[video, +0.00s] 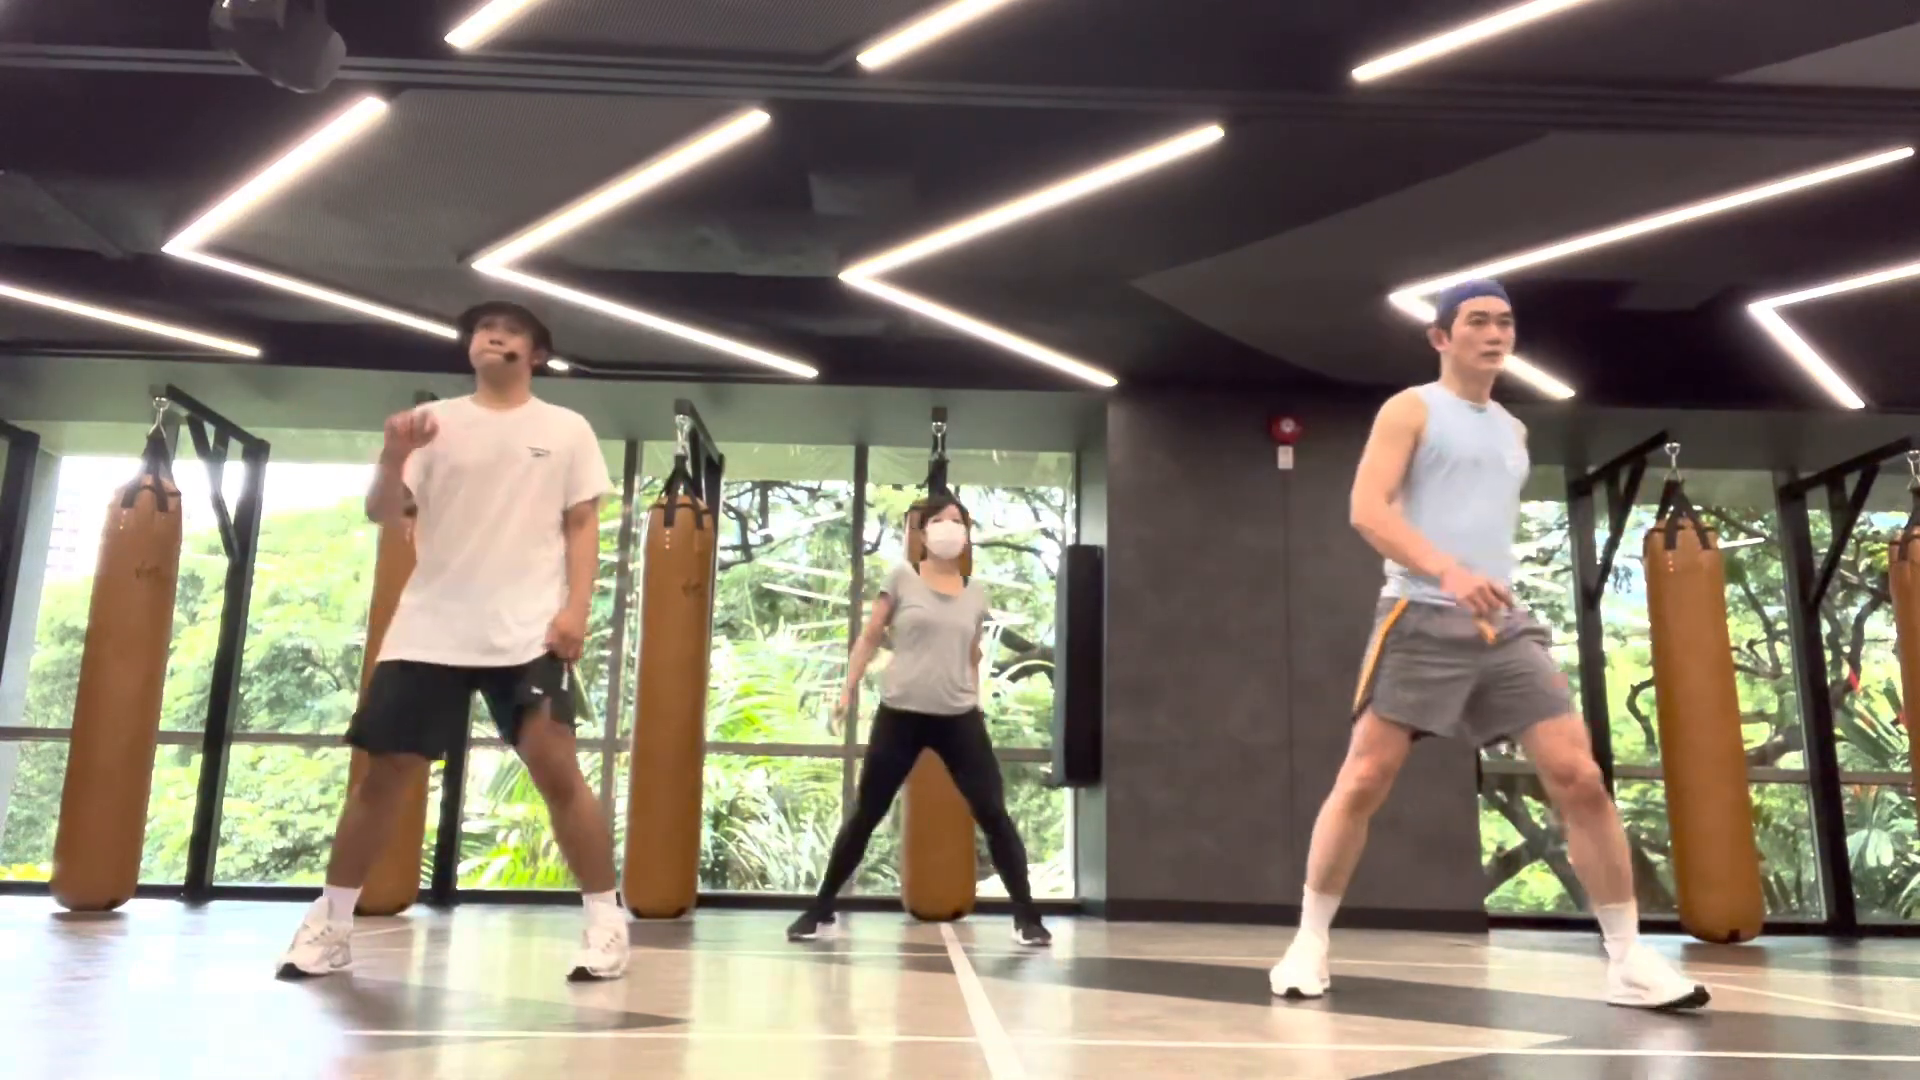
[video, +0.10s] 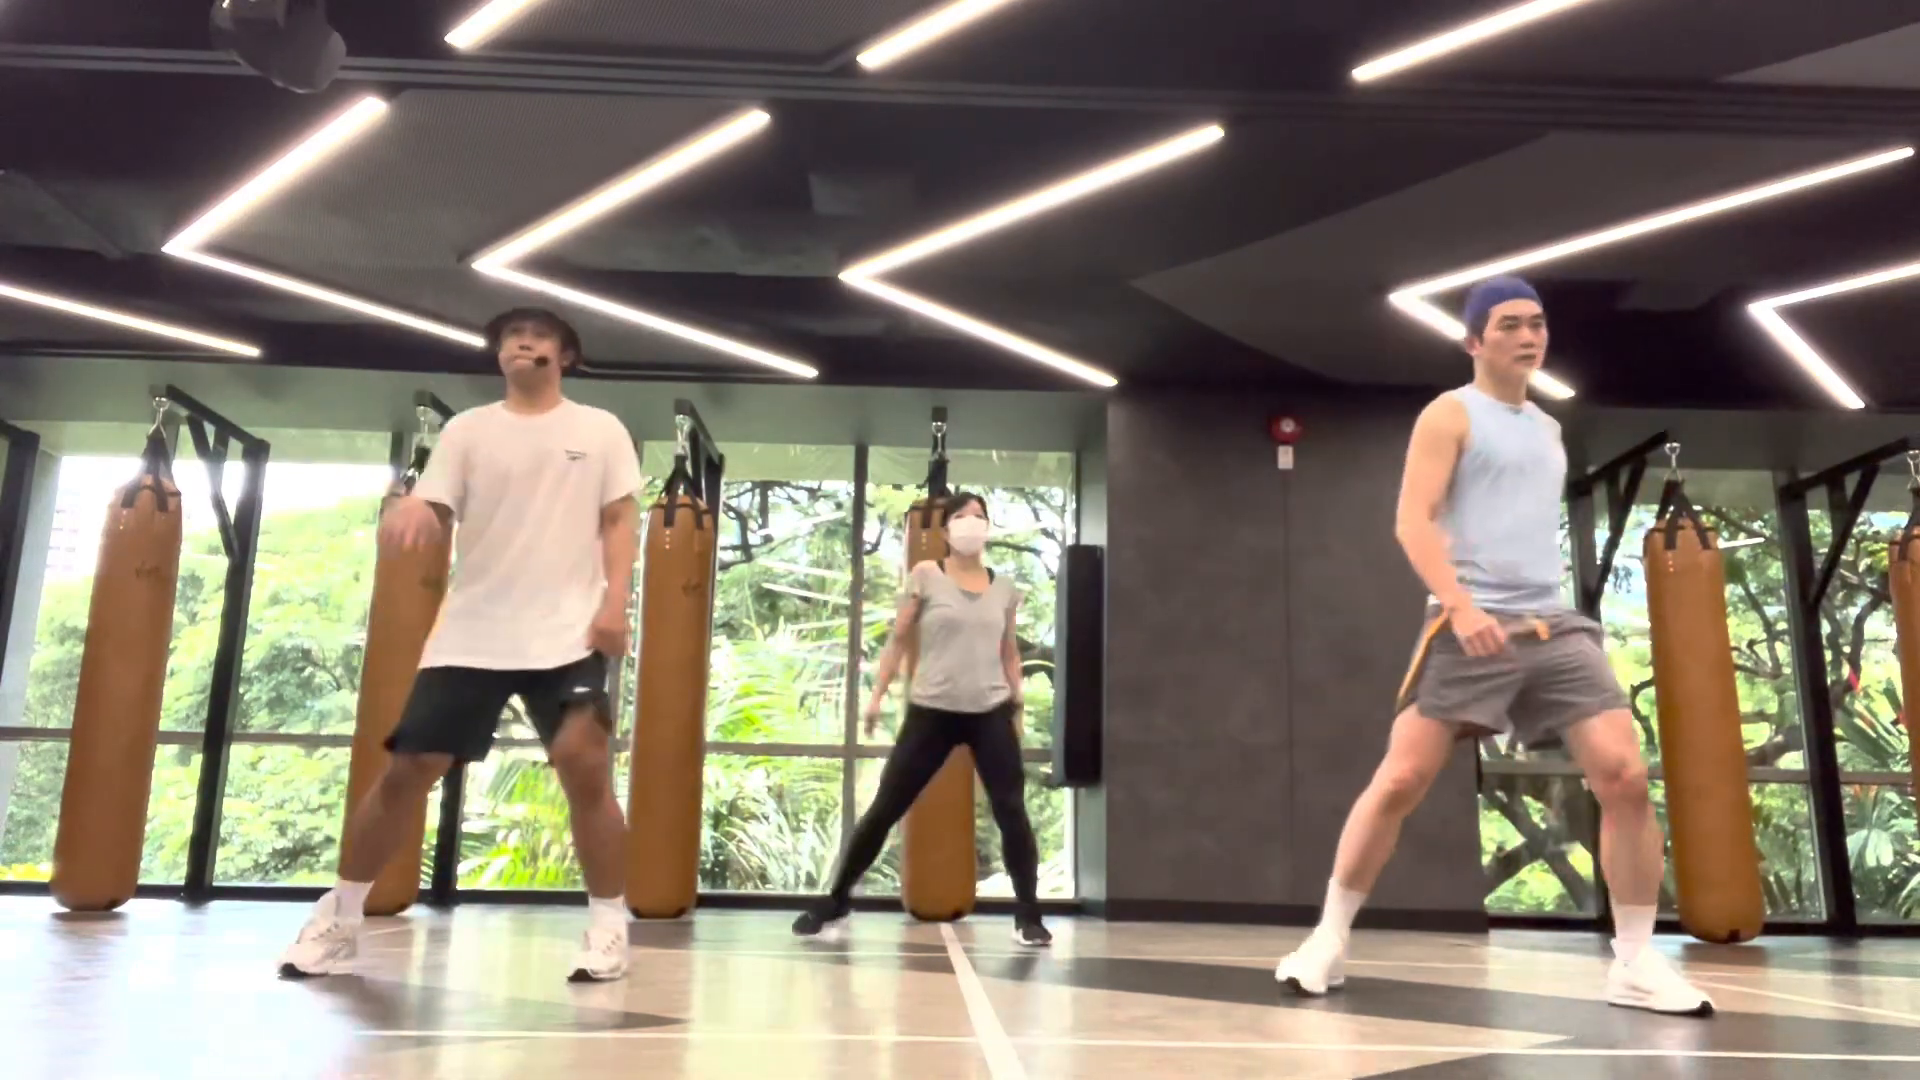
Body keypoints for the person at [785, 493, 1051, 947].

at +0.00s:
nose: (949, 529)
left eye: (957, 522)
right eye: (938, 522)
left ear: (967, 535)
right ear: (922, 533)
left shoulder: (976, 593)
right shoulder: (903, 578)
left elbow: (974, 657)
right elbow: (870, 638)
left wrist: (972, 706)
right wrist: (849, 691)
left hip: (959, 717)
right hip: (901, 715)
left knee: (994, 814)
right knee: (866, 813)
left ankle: (1026, 916)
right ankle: (822, 907)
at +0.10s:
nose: (971, 524)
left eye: (979, 518)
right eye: (961, 517)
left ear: (989, 531)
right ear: (945, 531)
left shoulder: (1005, 590)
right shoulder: (925, 575)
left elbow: (1009, 650)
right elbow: (897, 641)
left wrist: (1016, 699)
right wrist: (876, 697)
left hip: (991, 713)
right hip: (932, 712)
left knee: (1012, 812)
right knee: (884, 810)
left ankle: (1029, 915)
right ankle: (835, 900)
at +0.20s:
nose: (986, 515)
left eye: (994, 508)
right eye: (975, 508)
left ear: (1004, 521)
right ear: (960, 521)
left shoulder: (1020, 577)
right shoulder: (940, 568)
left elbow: (1036, 640)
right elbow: (917, 635)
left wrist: (1056, 695)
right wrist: (904, 695)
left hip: (1006, 703)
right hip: (947, 699)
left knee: (1019, 809)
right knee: (914, 802)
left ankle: (1029, 914)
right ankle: (883, 891)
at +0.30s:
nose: (994, 512)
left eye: (1002, 505)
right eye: (984, 505)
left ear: (1012, 517)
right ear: (968, 517)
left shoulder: (1030, 569)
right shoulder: (947, 566)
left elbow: (1056, 630)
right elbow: (931, 630)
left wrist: (1079, 683)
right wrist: (919, 689)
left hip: (1013, 696)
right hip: (957, 694)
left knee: (1021, 806)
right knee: (950, 796)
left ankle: (1028, 914)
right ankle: (938, 897)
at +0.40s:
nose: (999, 520)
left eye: (1007, 514)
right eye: (991, 513)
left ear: (1017, 526)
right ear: (973, 523)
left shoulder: (1031, 576)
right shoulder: (951, 574)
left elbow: (1061, 632)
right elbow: (939, 638)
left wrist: (1086, 680)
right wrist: (932, 696)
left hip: (1021, 697)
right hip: (966, 699)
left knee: (1027, 806)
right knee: (976, 800)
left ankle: (1028, 912)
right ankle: (981, 905)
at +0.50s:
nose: (999, 523)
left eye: (1007, 517)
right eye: (990, 516)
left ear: (1018, 530)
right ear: (973, 528)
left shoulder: (1031, 576)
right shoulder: (953, 578)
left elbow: (1056, 632)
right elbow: (943, 643)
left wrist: (1076, 670)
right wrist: (936, 703)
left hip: (1024, 700)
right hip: (969, 702)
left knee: (1028, 807)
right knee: (973, 803)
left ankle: (1029, 913)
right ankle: (979, 904)